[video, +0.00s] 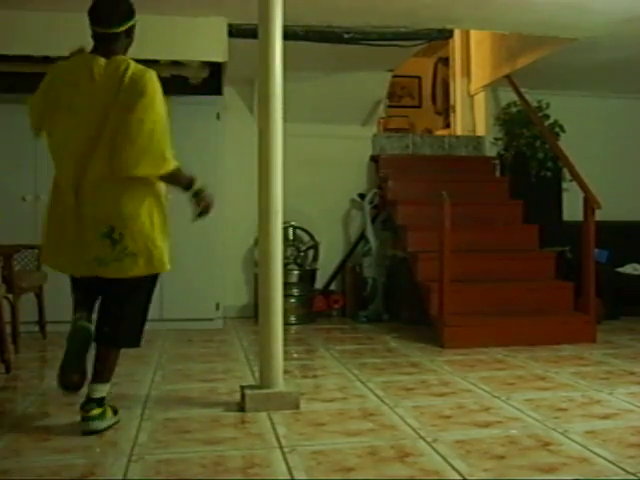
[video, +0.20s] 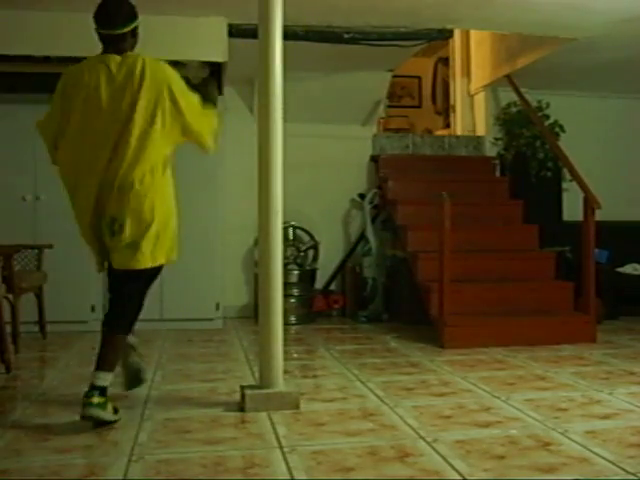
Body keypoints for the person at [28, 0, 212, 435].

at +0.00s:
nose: (128, 40)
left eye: (117, 32)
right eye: (130, 33)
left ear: (92, 31)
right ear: (130, 34)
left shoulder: (63, 74)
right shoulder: (140, 81)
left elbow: (36, 120)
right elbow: (149, 156)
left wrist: (75, 66)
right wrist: (192, 185)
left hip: (74, 217)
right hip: (130, 221)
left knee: (85, 275)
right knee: (118, 309)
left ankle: (80, 321)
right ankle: (95, 403)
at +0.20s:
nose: (129, 40)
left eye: (119, 33)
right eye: (132, 33)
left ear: (99, 35)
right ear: (135, 33)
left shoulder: (76, 78)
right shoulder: (158, 76)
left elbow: (52, 135)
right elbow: (204, 130)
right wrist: (210, 97)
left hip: (92, 200)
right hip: (145, 200)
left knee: (119, 284)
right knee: (126, 295)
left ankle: (129, 357)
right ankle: (97, 391)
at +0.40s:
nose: (155, 64)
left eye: (146, 59)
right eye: (153, 59)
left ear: (119, 63)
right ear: (152, 59)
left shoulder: (100, 104)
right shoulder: (179, 93)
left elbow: (62, 152)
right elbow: (222, 85)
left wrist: (57, 120)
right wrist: (210, 41)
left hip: (116, 215)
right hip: (168, 212)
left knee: (136, 300)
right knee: (144, 303)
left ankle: (162, 375)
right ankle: (99, 387)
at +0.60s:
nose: (161, 59)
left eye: (150, 55)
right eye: (166, 53)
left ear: (139, 59)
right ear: (173, 56)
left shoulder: (123, 97)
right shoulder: (194, 87)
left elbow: (82, 145)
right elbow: (235, 68)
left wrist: (71, 111)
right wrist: (218, 27)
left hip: (142, 209)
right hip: (191, 207)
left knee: (156, 288)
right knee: (178, 290)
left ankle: (172, 364)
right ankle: (131, 364)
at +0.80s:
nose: (181, 65)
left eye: (172, 59)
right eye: (189, 57)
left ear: (167, 62)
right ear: (200, 59)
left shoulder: (153, 101)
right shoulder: (219, 90)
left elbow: (108, 141)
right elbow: (252, 62)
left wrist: (99, 106)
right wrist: (236, 21)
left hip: (169, 220)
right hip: (211, 216)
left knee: (203, 295)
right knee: (171, 294)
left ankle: (226, 364)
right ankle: (129, 371)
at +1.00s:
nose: (218, 68)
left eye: (206, 66)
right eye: (220, 62)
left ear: (193, 69)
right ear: (225, 64)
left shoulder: (181, 107)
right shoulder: (246, 90)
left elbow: (150, 147)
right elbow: (285, 57)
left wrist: (140, 111)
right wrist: (258, 15)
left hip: (192, 216)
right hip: (233, 212)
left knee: (212, 295)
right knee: (185, 288)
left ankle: (236, 366)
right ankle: (135, 359)